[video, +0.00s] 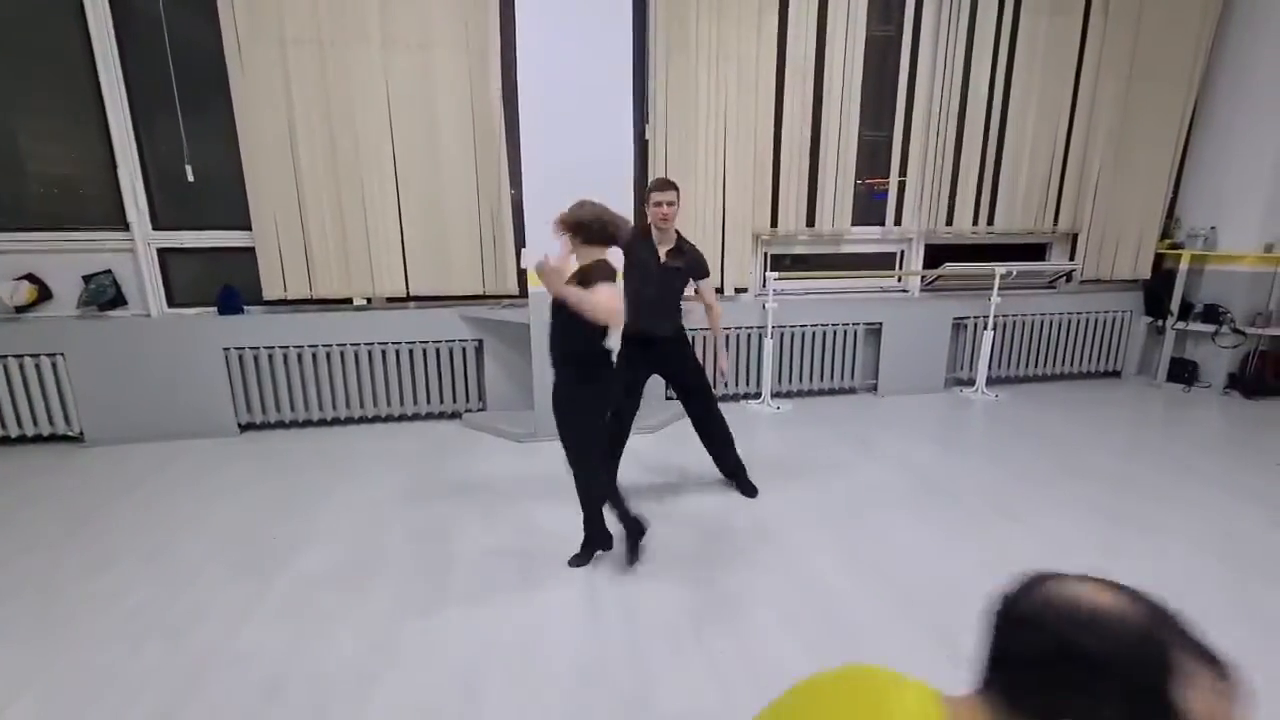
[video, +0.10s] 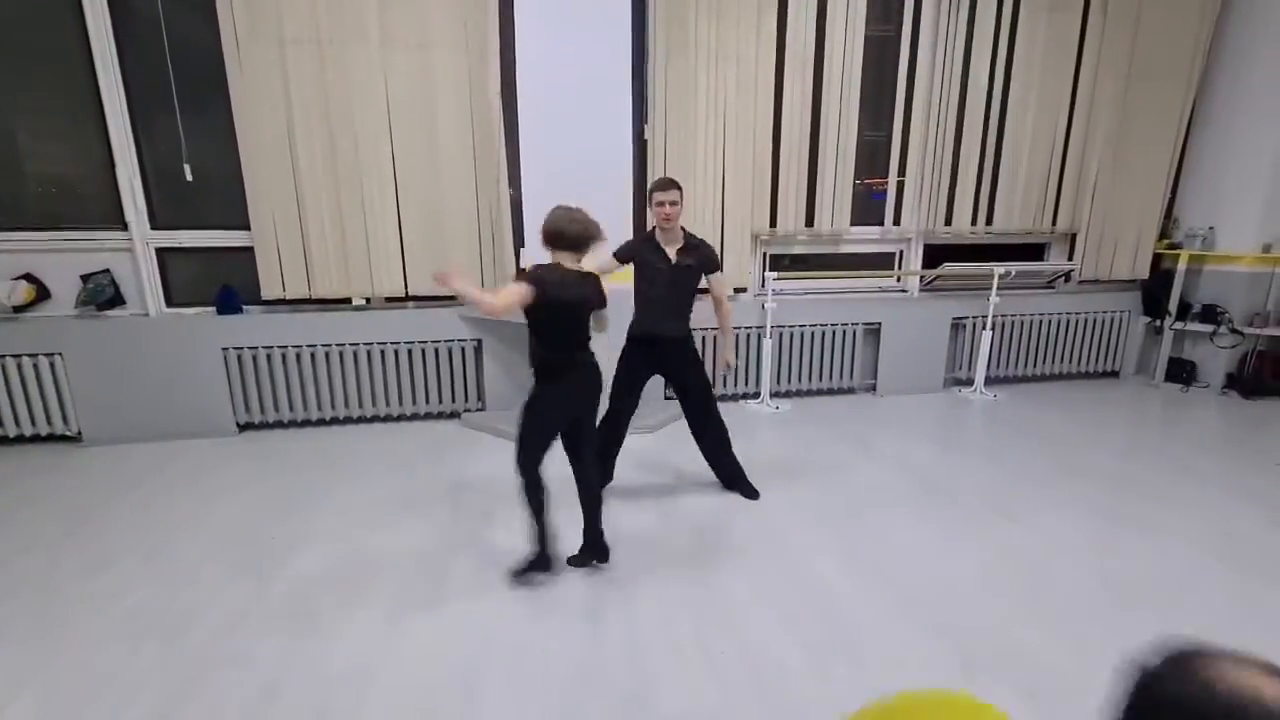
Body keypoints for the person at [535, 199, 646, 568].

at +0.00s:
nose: (563, 235)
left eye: (568, 230)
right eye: (564, 229)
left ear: (581, 234)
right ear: (594, 234)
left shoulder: (600, 271)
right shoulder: (580, 268)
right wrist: (551, 277)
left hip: (591, 382)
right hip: (571, 380)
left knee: (592, 461)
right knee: (581, 460)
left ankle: (630, 523)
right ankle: (595, 531)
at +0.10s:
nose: (542, 238)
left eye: (545, 233)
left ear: (548, 240)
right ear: (586, 243)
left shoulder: (536, 279)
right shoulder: (592, 282)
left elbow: (495, 306)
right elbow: (601, 322)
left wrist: (460, 286)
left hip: (552, 387)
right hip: (586, 383)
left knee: (528, 462)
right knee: (584, 460)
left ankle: (543, 552)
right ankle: (595, 542)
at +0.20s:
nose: (568, 248)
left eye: (568, 241)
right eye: (566, 242)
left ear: (526, 240)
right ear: (555, 243)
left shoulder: (498, 274)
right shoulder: (567, 283)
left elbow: (445, 293)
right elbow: (598, 327)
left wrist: (477, 289)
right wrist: (615, 330)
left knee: (502, 460)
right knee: (569, 456)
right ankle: (578, 549)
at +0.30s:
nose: (546, 245)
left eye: (545, 239)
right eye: (542, 239)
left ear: (506, 243)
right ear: (528, 244)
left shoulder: (484, 275)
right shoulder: (537, 286)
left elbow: (452, 280)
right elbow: (578, 326)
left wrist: (488, 276)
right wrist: (608, 332)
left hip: (484, 382)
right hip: (521, 382)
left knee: (489, 451)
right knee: (561, 442)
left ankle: (470, 533)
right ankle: (554, 529)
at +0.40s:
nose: (529, 250)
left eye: (528, 243)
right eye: (525, 244)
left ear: (491, 248)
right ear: (509, 249)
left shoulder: (479, 281)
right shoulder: (508, 290)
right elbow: (553, 324)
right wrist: (595, 329)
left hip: (461, 381)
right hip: (481, 387)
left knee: (482, 453)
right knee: (537, 439)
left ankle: (456, 524)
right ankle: (541, 514)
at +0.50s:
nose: (518, 251)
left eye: (516, 245)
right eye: (513, 246)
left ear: (484, 253)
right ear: (497, 253)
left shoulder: (478, 283)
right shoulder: (489, 291)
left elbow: (526, 318)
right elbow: (538, 322)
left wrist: (567, 320)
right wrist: (580, 327)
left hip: (453, 382)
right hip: (460, 387)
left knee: (470, 451)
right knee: (499, 445)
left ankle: (457, 517)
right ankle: (526, 519)